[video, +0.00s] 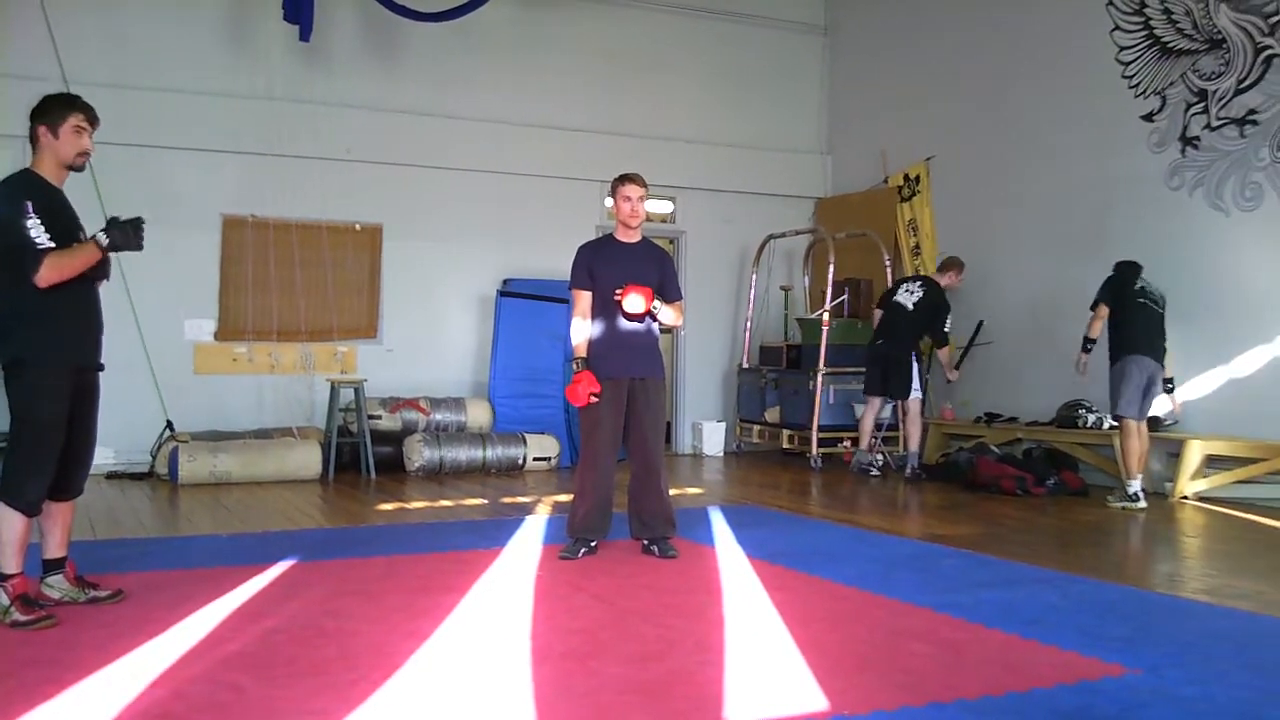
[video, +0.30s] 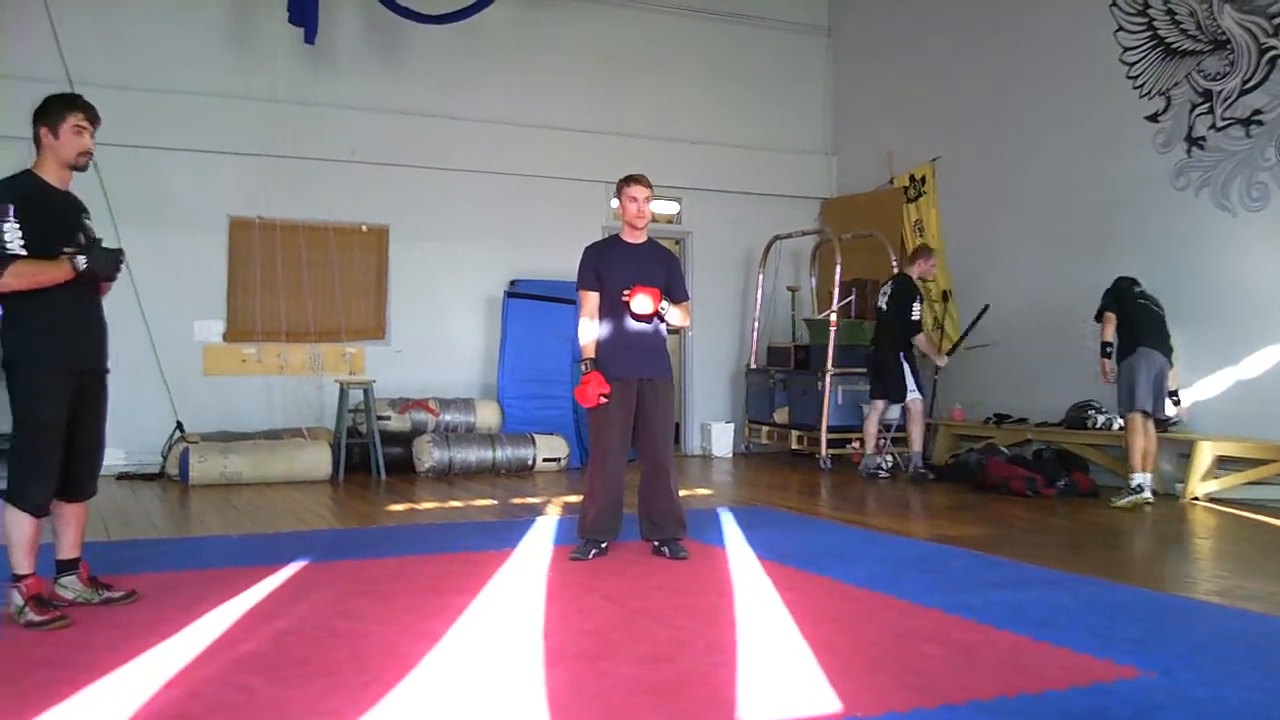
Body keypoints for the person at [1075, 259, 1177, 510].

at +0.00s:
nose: (1114, 275)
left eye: (1115, 272)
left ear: (1118, 271)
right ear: (1138, 273)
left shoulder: (1115, 281)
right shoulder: (1156, 293)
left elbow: (1100, 314)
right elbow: (1161, 342)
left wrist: (1085, 350)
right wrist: (1169, 387)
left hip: (1130, 357)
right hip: (1155, 361)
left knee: (1128, 423)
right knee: (1140, 423)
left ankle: (1133, 490)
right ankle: (1136, 485)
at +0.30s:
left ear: (1118, 285)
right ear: (1137, 287)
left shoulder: (1116, 290)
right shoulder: (1154, 302)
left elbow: (1109, 321)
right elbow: (1166, 346)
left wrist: (1106, 356)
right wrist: (1172, 386)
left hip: (1139, 350)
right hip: (1163, 357)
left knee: (1134, 417)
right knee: (1148, 419)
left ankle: (1137, 486)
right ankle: (1146, 485)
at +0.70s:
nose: (1151, 270)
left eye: (1152, 266)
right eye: (1152, 266)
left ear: (1157, 264)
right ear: (1176, 266)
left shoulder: (1155, 281)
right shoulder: (1196, 289)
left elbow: (1145, 320)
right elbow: (1196, 328)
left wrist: (1138, 350)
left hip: (1172, 353)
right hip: (1198, 357)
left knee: (1156, 418)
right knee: (1187, 423)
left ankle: (1145, 484)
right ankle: (1186, 488)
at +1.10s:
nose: (1127, 249)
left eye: (1129, 244)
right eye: (1128, 244)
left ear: (1140, 245)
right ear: (1153, 247)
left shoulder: (1130, 276)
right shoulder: (1174, 282)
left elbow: (1118, 320)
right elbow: (1175, 327)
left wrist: (1101, 337)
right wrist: (1159, 348)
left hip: (1133, 357)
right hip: (1162, 360)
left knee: (1123, 422)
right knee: (1163, 424)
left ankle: (1113, 486)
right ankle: (1170, 486)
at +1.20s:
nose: (1109, 248)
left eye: (1111, 243)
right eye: (1110, 243)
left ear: (1121, 244)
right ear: (1135, 245)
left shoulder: (1110, 276)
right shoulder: (1155, 281)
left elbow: (1094, 320)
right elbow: (1155, 326)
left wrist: (1073, 328)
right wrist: (1139, 348)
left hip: (1113, 357)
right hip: (1140, 360)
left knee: (1106, 422)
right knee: (1144, 423)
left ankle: (1099, 486)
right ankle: (1156, 486)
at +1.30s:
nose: (1086, 247)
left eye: (1088, 242)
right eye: (1086, 242)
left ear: (1098, 243)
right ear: (1111, 243)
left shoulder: (1086, 274)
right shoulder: (1132, 279)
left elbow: (1062, 315)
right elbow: (1131, 322)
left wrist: (1043, 315)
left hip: (1090, 355)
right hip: (1117, 359)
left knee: (1087, 420)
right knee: (1122, 418)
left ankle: (1083, 484)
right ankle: (1138, 481)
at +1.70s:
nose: (1107, 245)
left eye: (1109, 240)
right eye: (1108, 240)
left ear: (1118, 241)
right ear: (1133, 240)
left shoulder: (1106, 275)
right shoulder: (1154, 277)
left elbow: (1084, 318)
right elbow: (1157, 318)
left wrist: (1067, 326)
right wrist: (1132, 324)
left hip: (1112, 355)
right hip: (1140, 356)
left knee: (1117, 420)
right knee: (1140, 419)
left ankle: (1122, 485)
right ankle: (1148, 482)